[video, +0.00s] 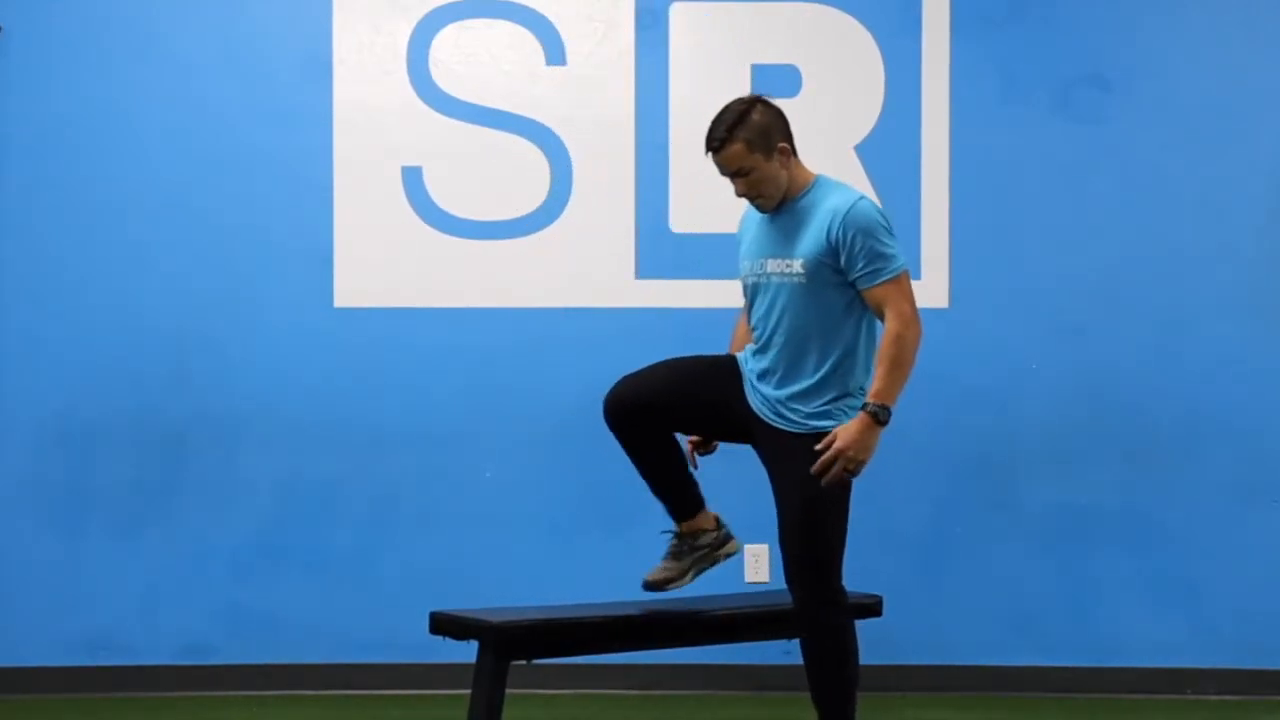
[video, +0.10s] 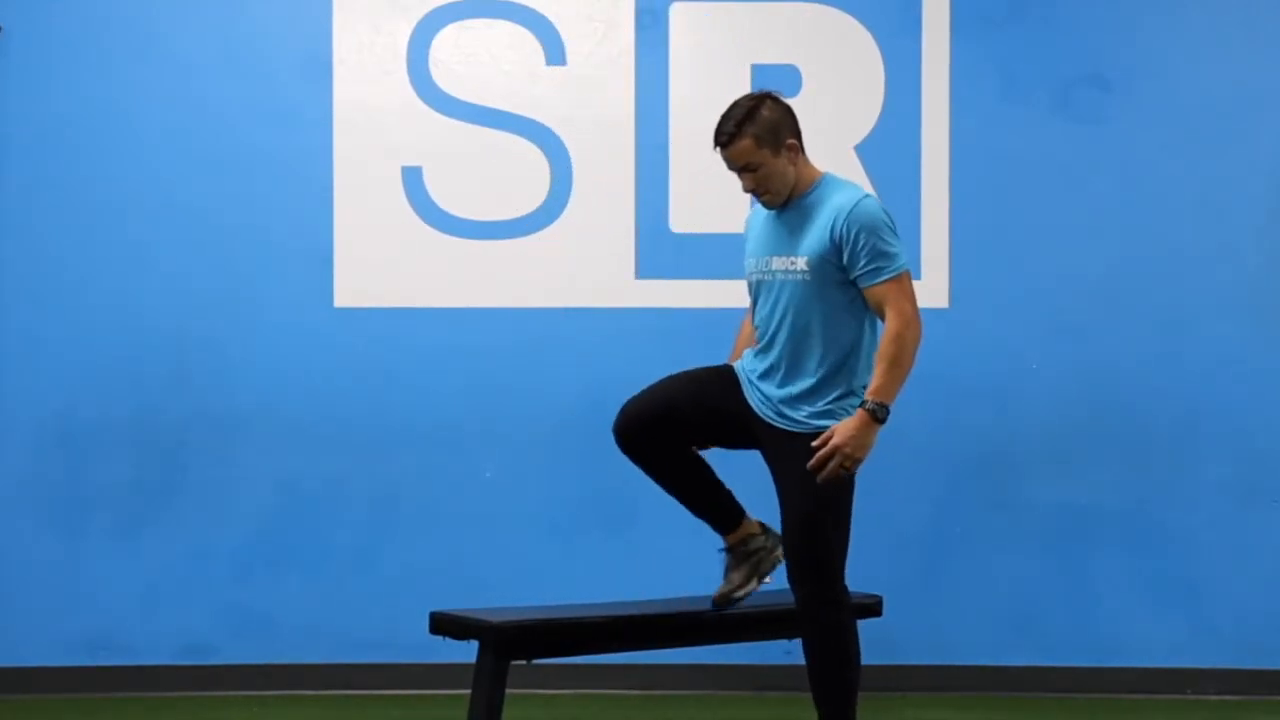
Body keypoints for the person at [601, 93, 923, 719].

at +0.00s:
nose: (737, 188)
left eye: (742, 173)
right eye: (729, 176)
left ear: (784, 154)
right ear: (728, 167)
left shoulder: (850, 215)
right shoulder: (756, 220)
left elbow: (903, 320)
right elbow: (752, 320)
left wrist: (872, 418)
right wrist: (714, 414)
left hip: (814, 427)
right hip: (751, 390)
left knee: (815, 591)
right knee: (630, 404)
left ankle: (836, 715)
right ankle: (697, 529)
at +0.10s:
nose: (745, 184)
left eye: (751, 169)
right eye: (737, 171)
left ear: (792, 151)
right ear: (739, 162)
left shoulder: (854, 214)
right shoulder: (763, 214)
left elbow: (904, 319)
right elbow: (761, 312)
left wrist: (870, 416)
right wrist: (733, 380)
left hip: (817, 426)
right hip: (754, 394)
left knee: (817, 588)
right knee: (640, 425)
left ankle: (837, 714)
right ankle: (745, 539)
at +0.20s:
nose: (749, 184)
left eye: (756, 169)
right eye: (741, 172)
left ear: (797, 151)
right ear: (741, 163)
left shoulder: (860, 215)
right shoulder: (767, 212)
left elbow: (905, 322)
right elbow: (766, 314)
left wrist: (873, 418)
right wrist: (727, 394)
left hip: (825, 428)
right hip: (757, 407)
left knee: (823, 597)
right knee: (662, 482)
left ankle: (839, 715)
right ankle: (765, 605)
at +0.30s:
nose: (752, 185)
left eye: (759, 170)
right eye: (744, 173)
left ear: (798, 149)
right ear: (747, 163)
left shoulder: (863, 216)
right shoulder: (766, 216)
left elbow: (908, 324)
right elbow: (766, 321)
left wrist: (880, 419)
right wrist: (723, 408)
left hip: (827, 434)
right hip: (753, 424)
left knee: (825, 599)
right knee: (699, 537)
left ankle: (840, 715)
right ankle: (778, 675)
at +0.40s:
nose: (752, 186)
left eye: (759, 171)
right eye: (744, 173)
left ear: (799, 151)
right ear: (744, 162)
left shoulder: (863, 215)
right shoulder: (763, 218)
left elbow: (910, 323)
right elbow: (764, 323)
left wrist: (887, 421)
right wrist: (727, 415)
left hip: (829, 434)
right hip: (756, 433)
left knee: (828, 593)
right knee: (736, 572)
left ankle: (840, 715)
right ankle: (787, 709)